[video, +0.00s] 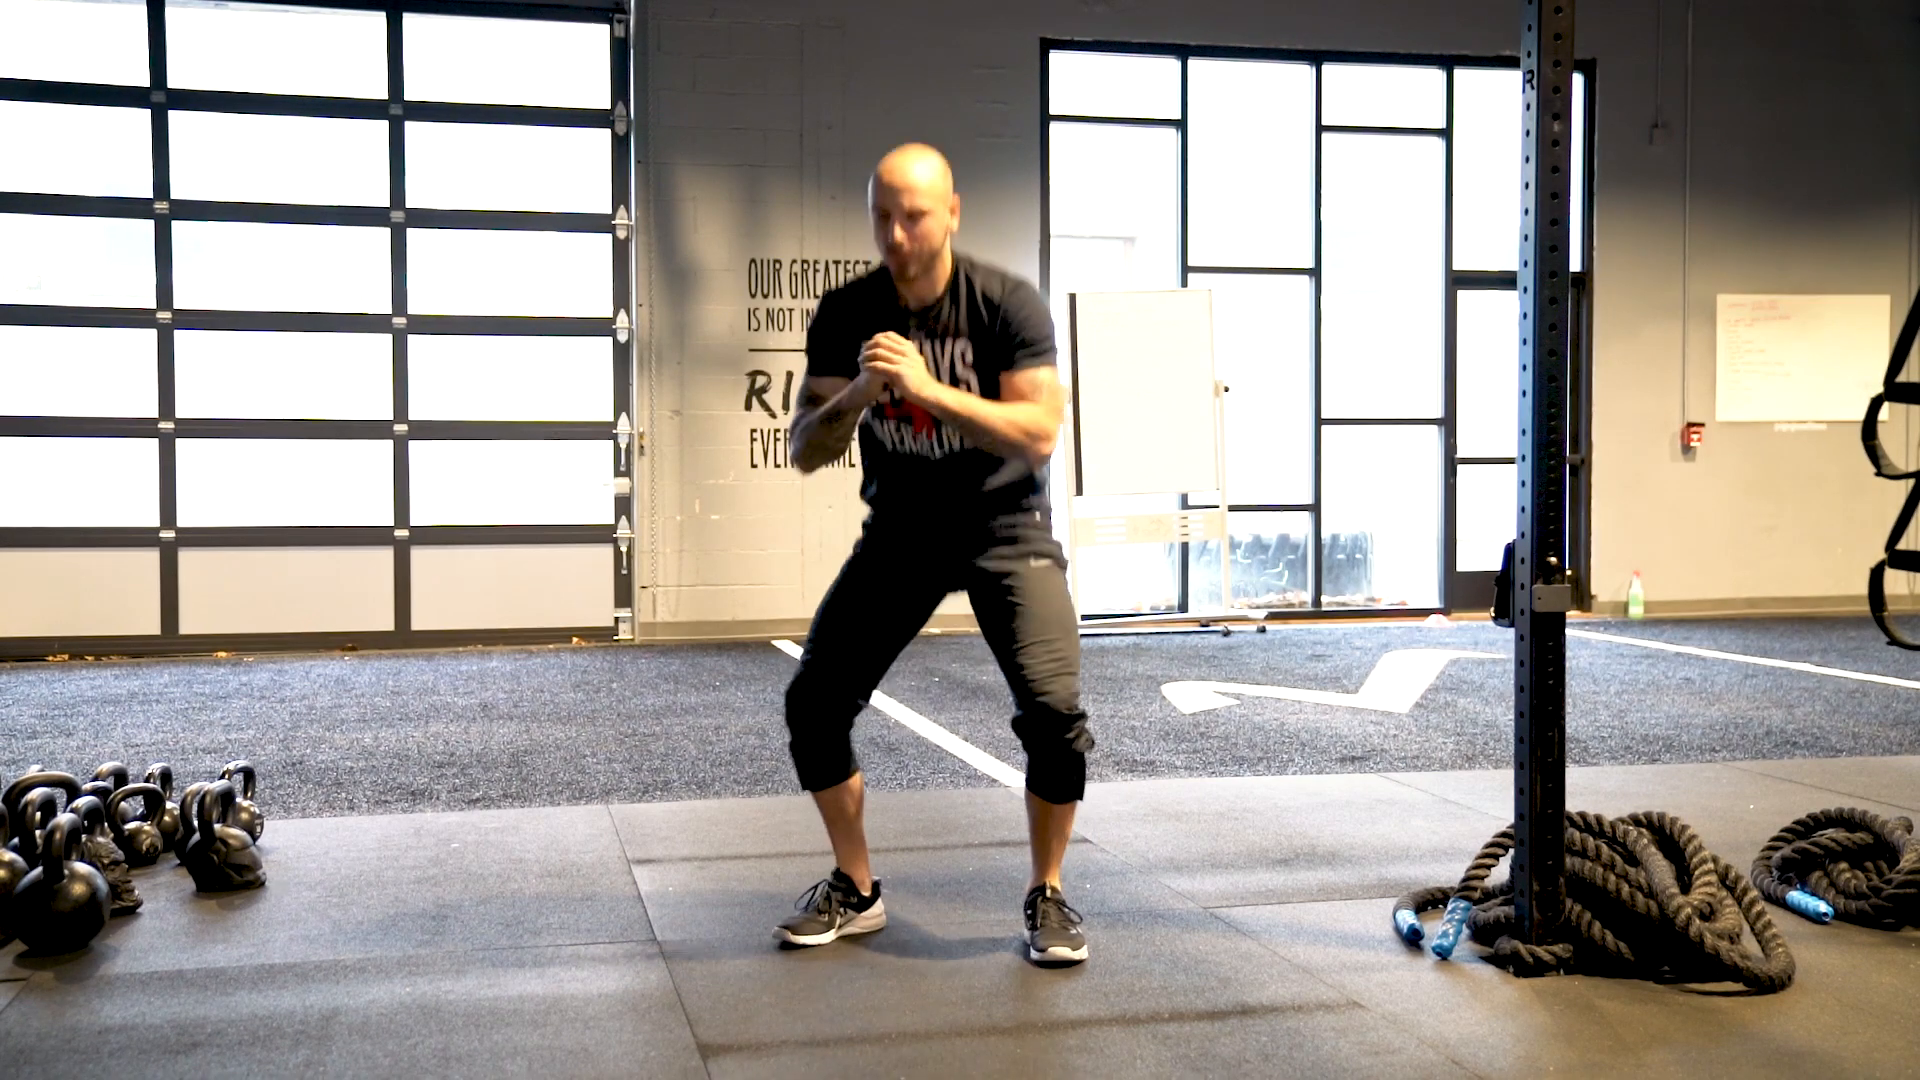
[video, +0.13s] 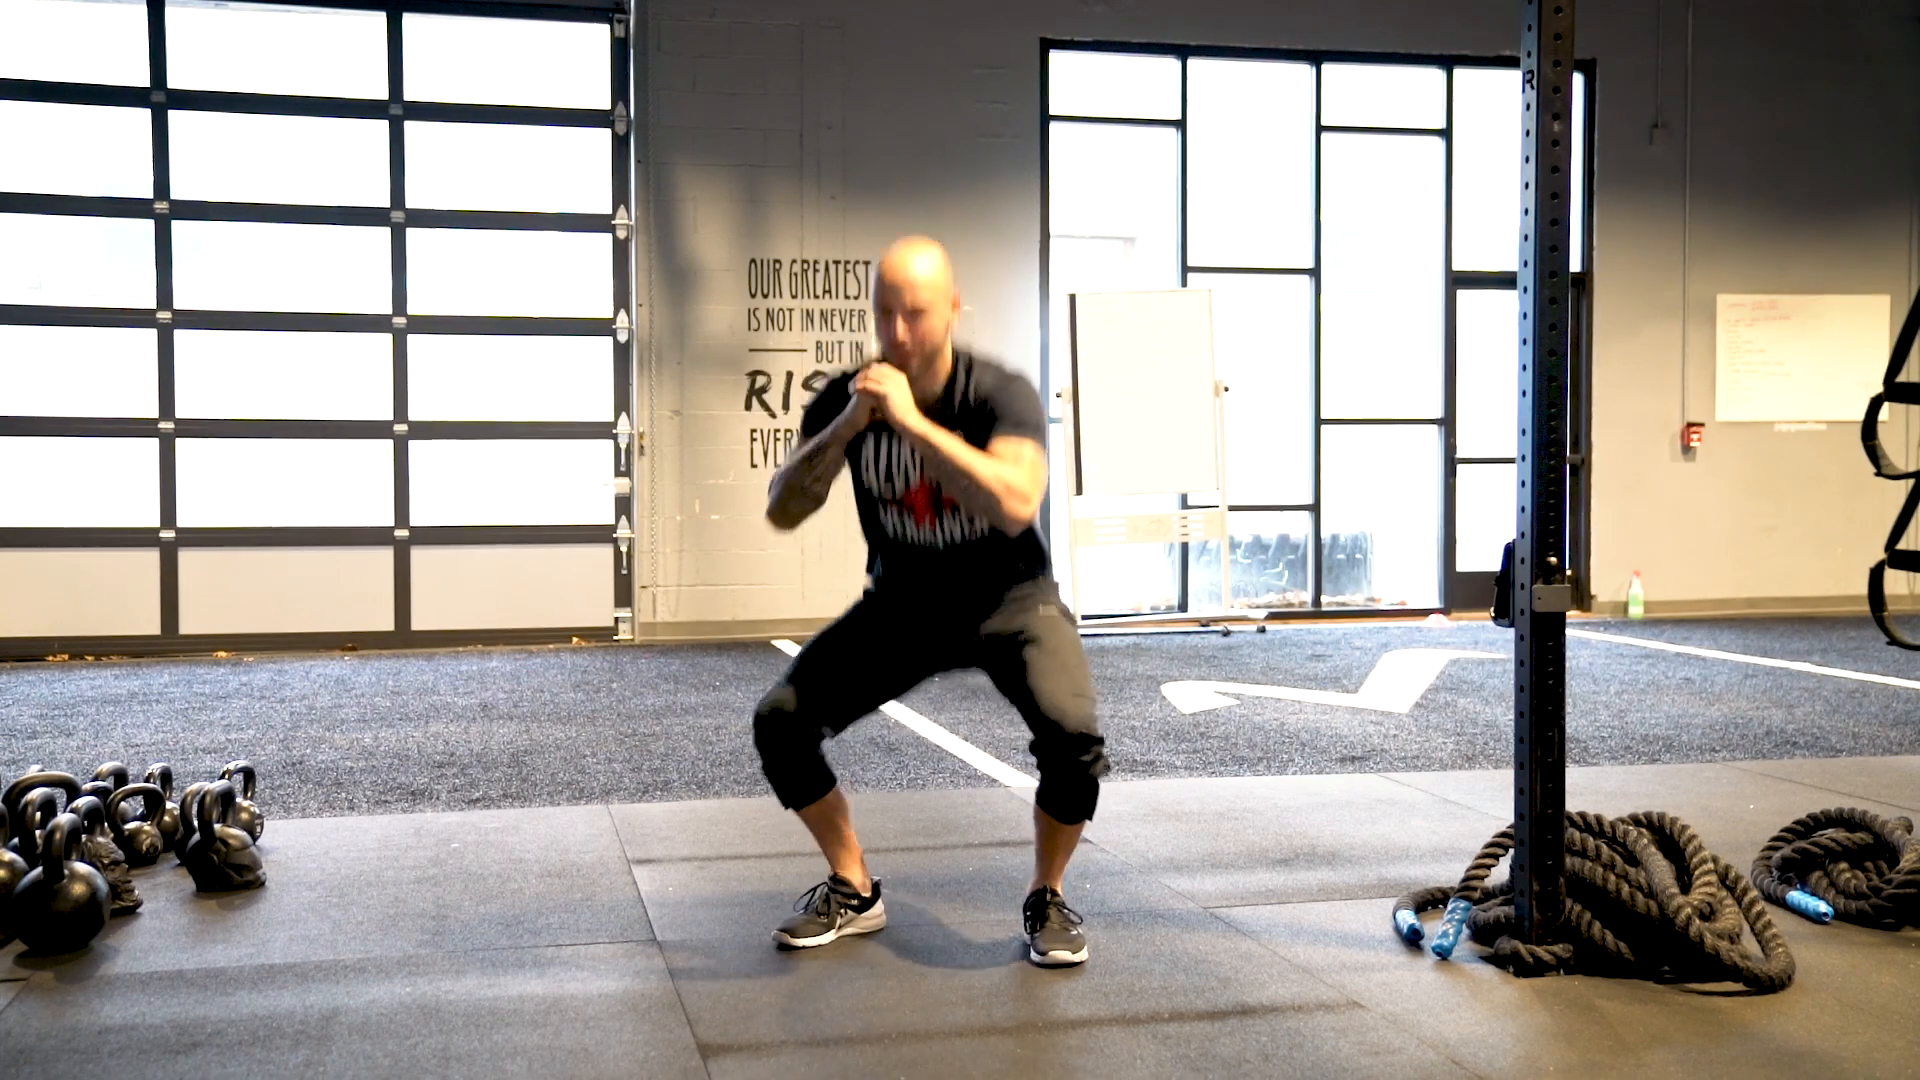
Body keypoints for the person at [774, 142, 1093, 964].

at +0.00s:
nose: (898, 238)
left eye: (915, 219)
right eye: (885, 220)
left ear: (953, 216)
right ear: (871, 221)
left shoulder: (1011, 306)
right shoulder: (843, 313)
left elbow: (1038, 437)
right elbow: (808, 453)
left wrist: (926, 389)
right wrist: (856, 396)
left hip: (1008, 532)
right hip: (902, 534)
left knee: (1056, 713)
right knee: (813, 708)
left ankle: (1048, 894)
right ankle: (855, 888)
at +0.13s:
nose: (897, 333)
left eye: (915, 313)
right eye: (885, 313)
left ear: (952, 311)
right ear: (871, 312)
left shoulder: (1003, 394)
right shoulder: (846, 397)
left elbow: (1018, 502)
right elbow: (782, 513)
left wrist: (913, 423)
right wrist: (843, 431)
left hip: (1010, 601)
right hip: (905, 604)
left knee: (1073, 736)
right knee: (781, 723)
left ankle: (1047, 899)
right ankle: (853, 889)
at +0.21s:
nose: (897, 404)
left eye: (915, 387)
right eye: (886, 386)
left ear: (953, 385)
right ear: (872, 383)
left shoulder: (1001, 460)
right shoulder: (851, 460)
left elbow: (1007, 557)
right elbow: (777, 563)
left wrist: (911, 468)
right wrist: (846, 472)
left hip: (1004, 656)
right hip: (902, 660)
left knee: (1085, 758)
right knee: (771, 738)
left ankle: (1046, 900)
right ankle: (854, 890)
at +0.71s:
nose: (902, 352)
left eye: (920, 332)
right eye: (890, 332)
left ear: (958, 329)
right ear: (876, 331)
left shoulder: (1010, 417)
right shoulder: (847, 418)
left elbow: (1037, 536)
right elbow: (793, 546)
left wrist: (927, 475)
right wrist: (852, 475)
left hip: (1010, 616)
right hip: (903, 615)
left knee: (1081, 744)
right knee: (777, 726)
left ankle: (1047, 898)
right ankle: (853, 887)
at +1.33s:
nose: (898, 459)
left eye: (917, 443)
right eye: (886, 442)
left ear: (955, 441)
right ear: (873, 440)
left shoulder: (1004, 513)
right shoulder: (850, 515)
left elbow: (1004, 613)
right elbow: (779, 619)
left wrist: (908, 520)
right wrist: (847, 524)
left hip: (1001, 706)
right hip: (899, 707)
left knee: (1092, 762)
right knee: (767, 741)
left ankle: (1046, 899)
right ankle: (854, 889)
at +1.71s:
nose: (899, 377)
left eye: (917, 358)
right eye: (888, 358)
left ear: (954, 357)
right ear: (873, 358)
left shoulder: (1007, 442)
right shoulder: (846, 445)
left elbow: (1048, 563)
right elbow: (792, 572)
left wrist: (929, 510)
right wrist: (851, 513)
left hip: (1008, 631)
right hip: (903, 631)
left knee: (1085, 750)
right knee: (774, 731)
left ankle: (1047, 899)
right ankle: (854, 890)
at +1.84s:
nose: (897, 278)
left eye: (915, 260)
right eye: (885, 259)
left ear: (952, 257)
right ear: (870, 258)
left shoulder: (1014, 351)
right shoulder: (843, 356)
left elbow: (1061, 472)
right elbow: (817, 487)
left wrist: (955, 472)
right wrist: (867, 467)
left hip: (1009, 566)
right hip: (899, 566)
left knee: (1068, 731)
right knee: (792, 716)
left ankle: (1048, 897)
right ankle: (854, 888)